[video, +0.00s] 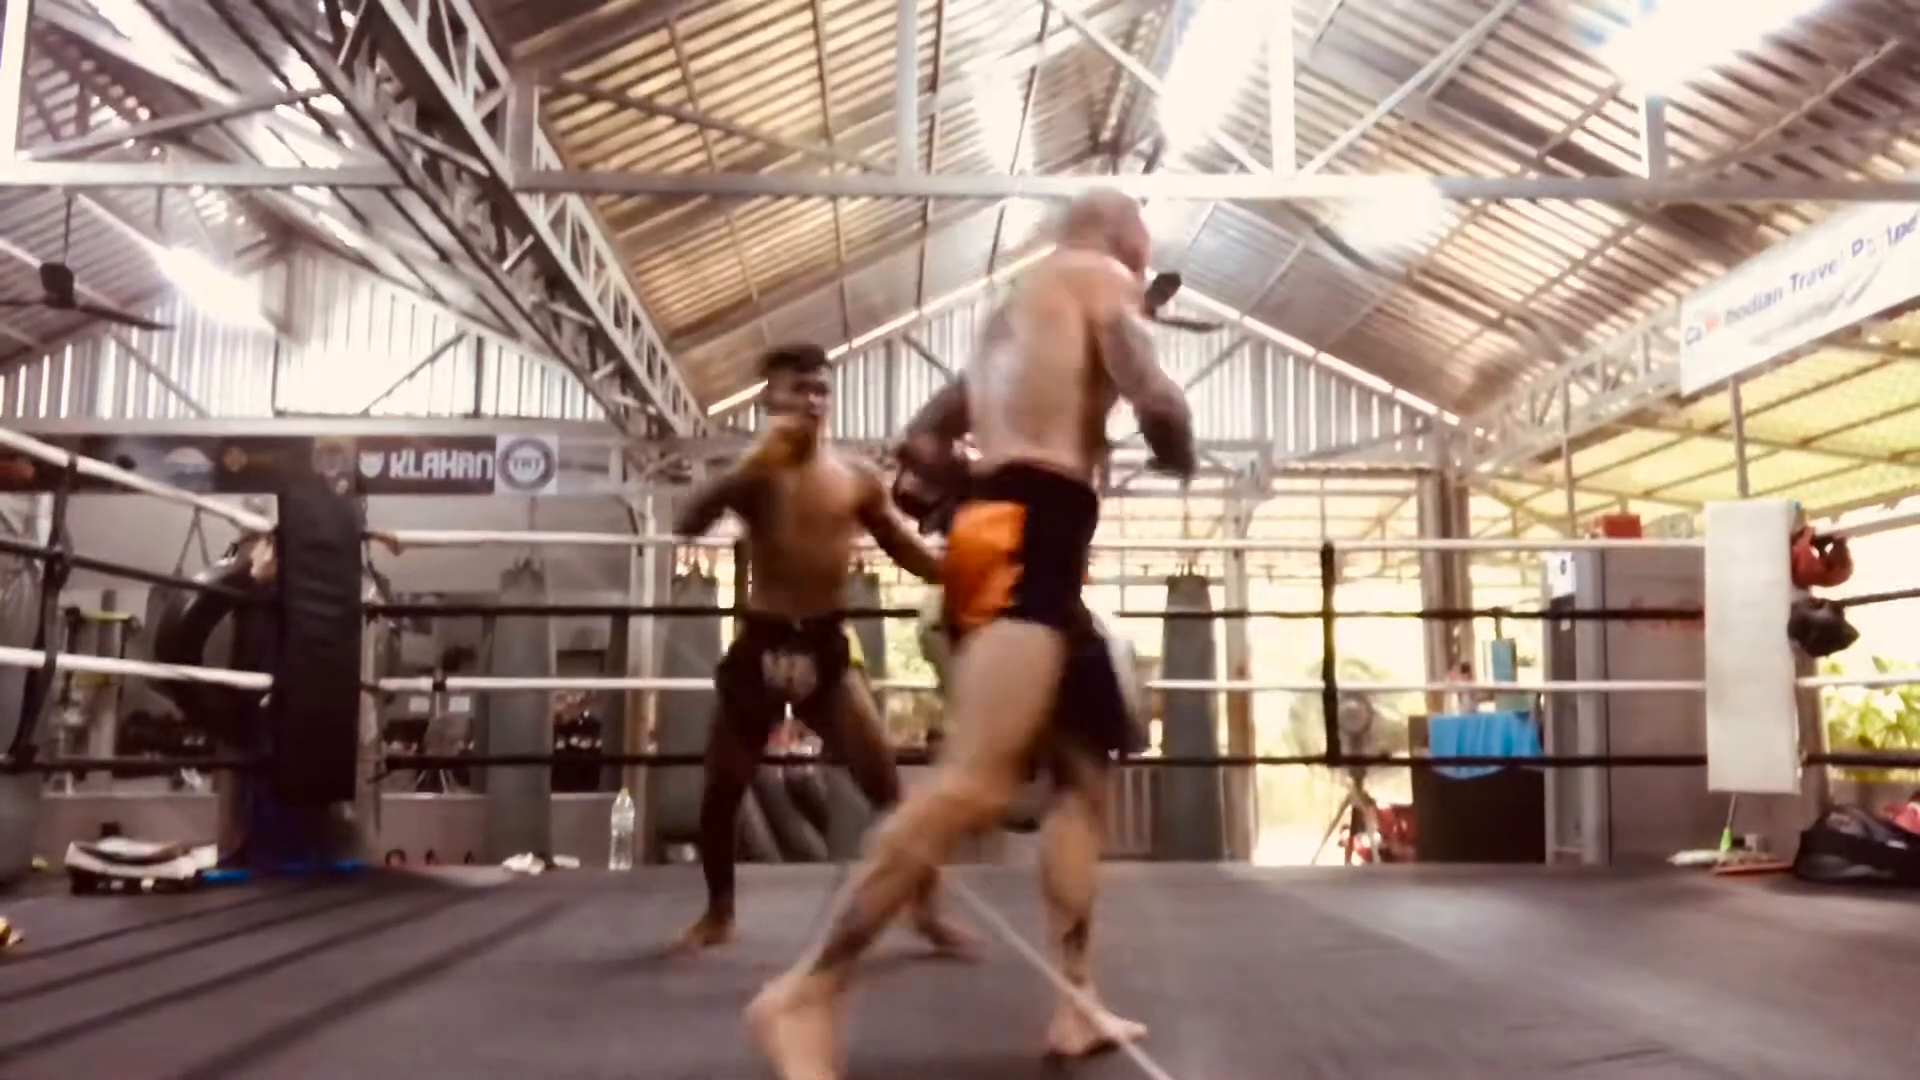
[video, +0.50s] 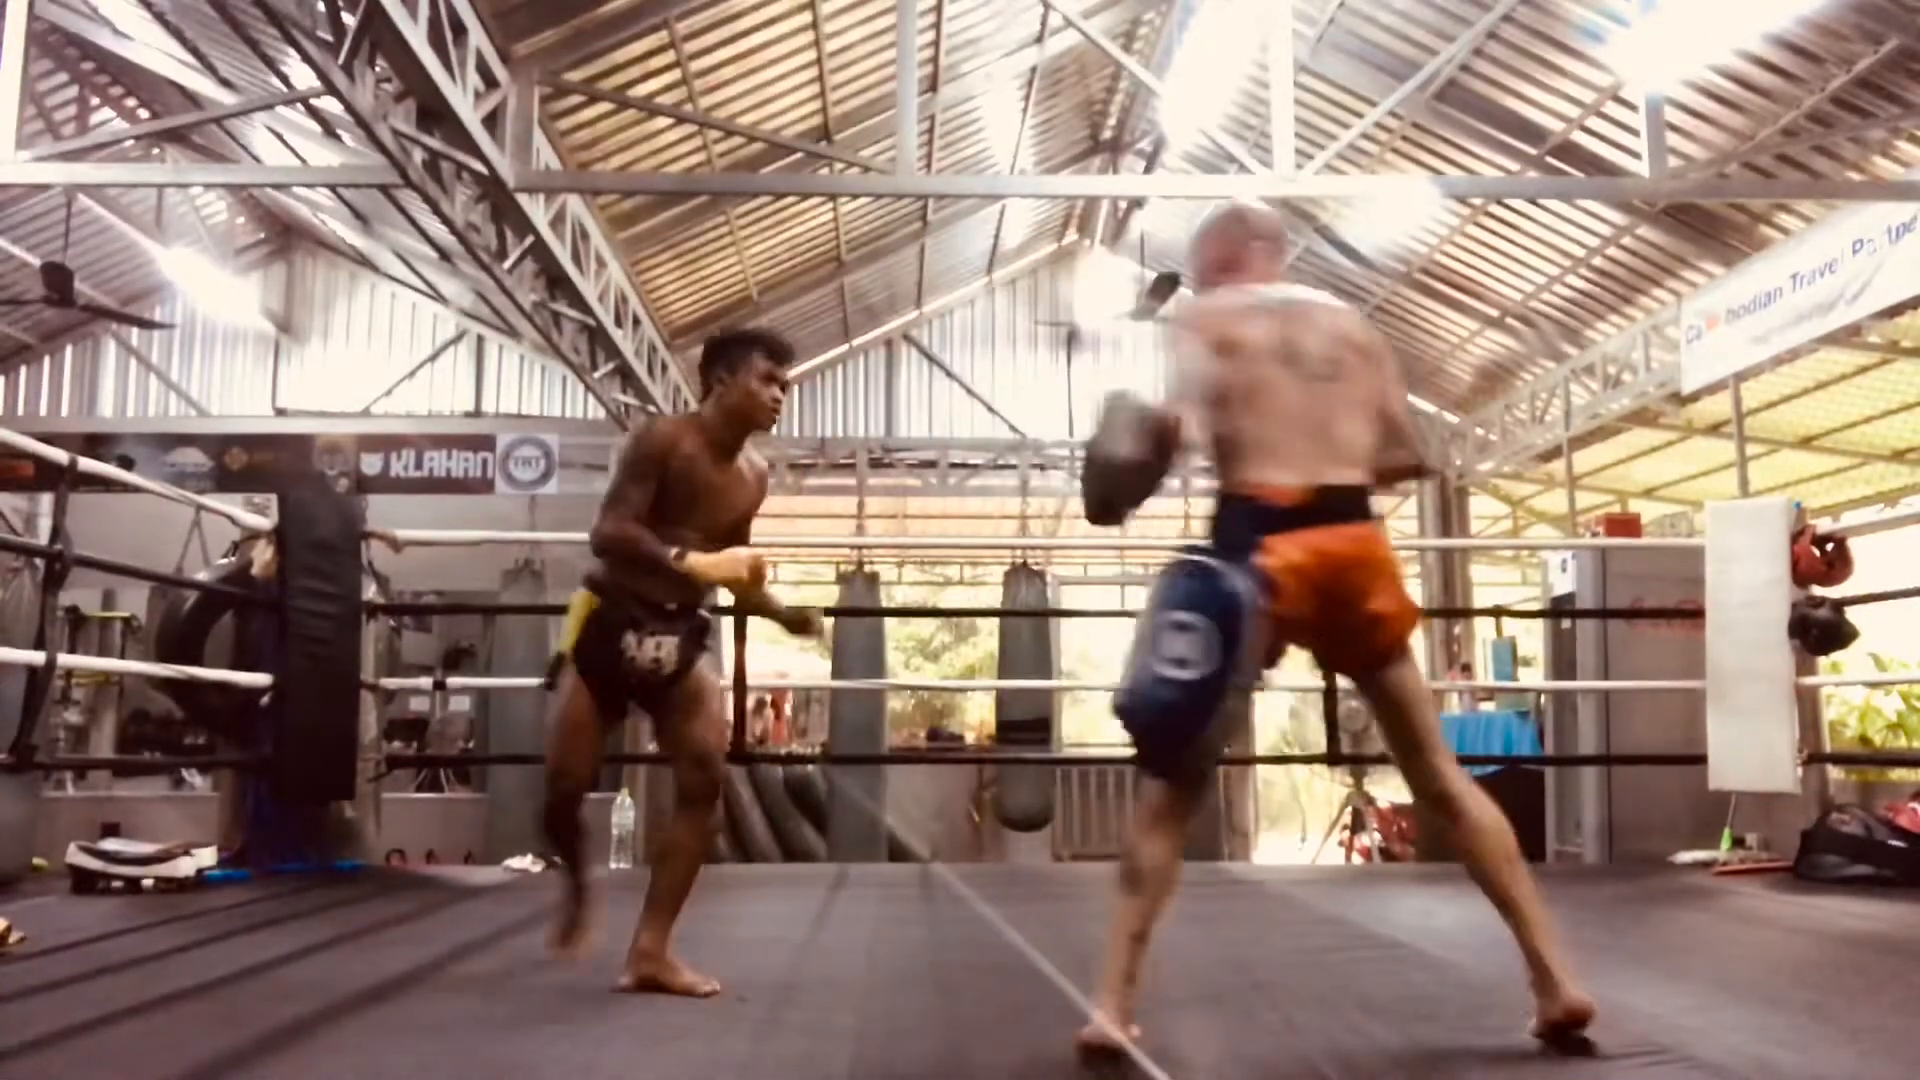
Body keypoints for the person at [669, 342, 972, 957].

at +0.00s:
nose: (810, 402)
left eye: (819, 391)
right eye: (798, 390)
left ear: (831, 401)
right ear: (769, 397)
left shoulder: (855, 480)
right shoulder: (755, 474)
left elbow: (909, 551)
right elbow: (689, 523)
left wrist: (966, 574)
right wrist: (754, 466)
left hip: (825, 642)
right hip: (761, 641)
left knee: (883, 777)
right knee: (721, 787)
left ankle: (925, 912)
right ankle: (718, 914)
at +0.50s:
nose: (781, 396)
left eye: (784, 385)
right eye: (769, 380)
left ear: (768, 393)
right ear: (722, 379)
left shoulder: (752, 478)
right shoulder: (661, 437)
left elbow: (729, 571)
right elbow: (610, 531)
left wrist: (782, 611)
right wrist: (692, 563)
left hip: (683, 632)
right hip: (611, 621)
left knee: (703, 783)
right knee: (563, 787)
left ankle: (650, 951)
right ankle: (575, 896)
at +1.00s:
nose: (660, 321)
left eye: (661, 308)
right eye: (645, 304)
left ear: (642, 326)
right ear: (590, 309)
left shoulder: (619, 416)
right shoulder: (525, 375)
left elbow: (612, 531)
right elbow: (523, 458)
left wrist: (683, 497)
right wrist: (635, 413)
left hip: (579, 609)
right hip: (496, 597)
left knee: (669, 768)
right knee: (433, 791)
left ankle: (633, 950)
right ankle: (350, 989)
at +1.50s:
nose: (773, 347)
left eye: (776, 334)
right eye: (763, 328)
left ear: (730, 334)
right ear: (711, 322)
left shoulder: (721, 438)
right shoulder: (633, 381)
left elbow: (726, 539)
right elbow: (618, 482)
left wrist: (799, 520)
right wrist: (730, 495)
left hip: (648, 617)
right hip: (568, 597)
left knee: (735, 778)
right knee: (482, 780)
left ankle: (688, 975)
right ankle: (373, 969)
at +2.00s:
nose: (724, 303)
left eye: (726, 289)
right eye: (713, 284)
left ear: (671, 286)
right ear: (660, 279)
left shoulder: (639, 387)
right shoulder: (580, 342)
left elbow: (679, 502)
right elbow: (620, 422)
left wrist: (752, 441)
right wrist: (726, 380)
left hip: (593, 584)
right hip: (514, 569)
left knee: (667, 780)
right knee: (441, 791)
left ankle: (678, 979)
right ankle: (337, 1012)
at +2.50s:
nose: (710, 264)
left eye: (709, 250)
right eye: (696, 247)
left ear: (652, 254)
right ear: (643, 250)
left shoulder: (649, 337)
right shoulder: (618, 310)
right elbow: (756, 355)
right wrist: (765, 313)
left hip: (662, 576)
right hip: (599, 564)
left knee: (740, 792)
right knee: (594, 780)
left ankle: (638, 1008)